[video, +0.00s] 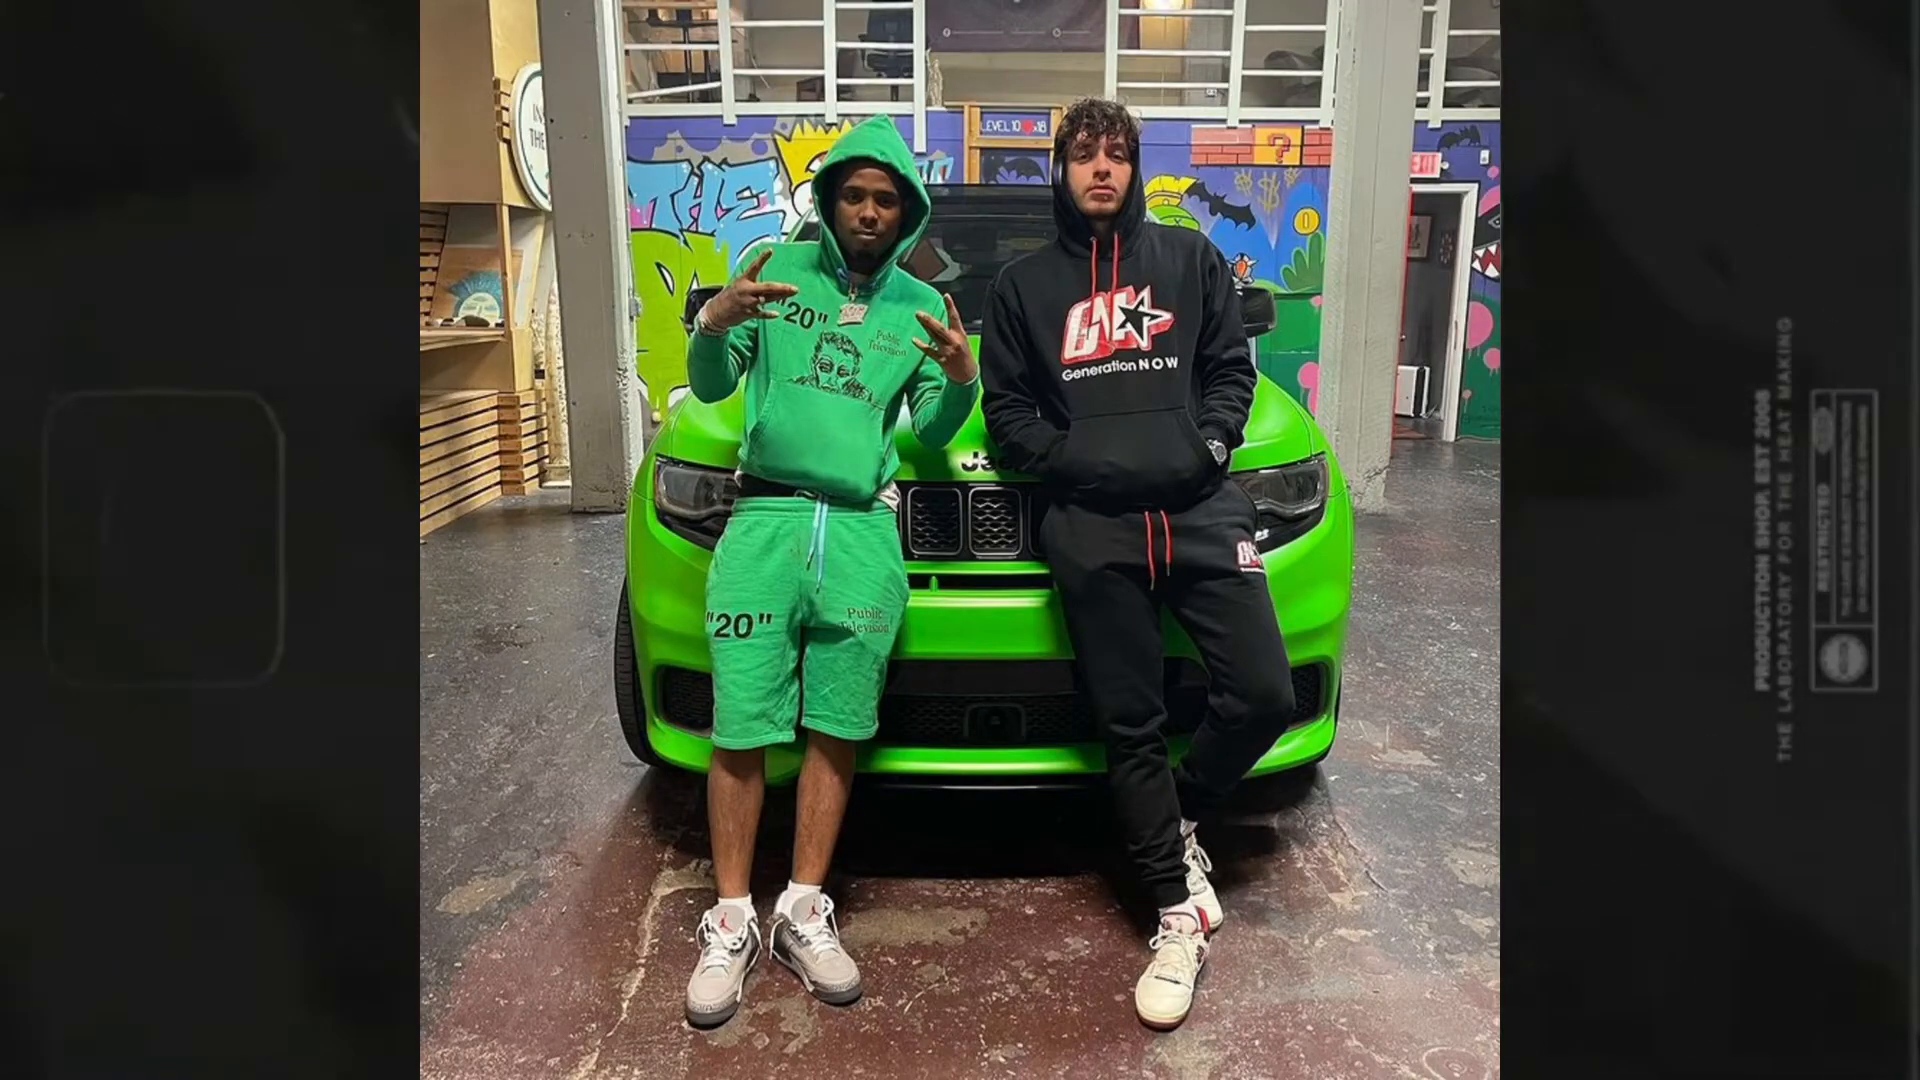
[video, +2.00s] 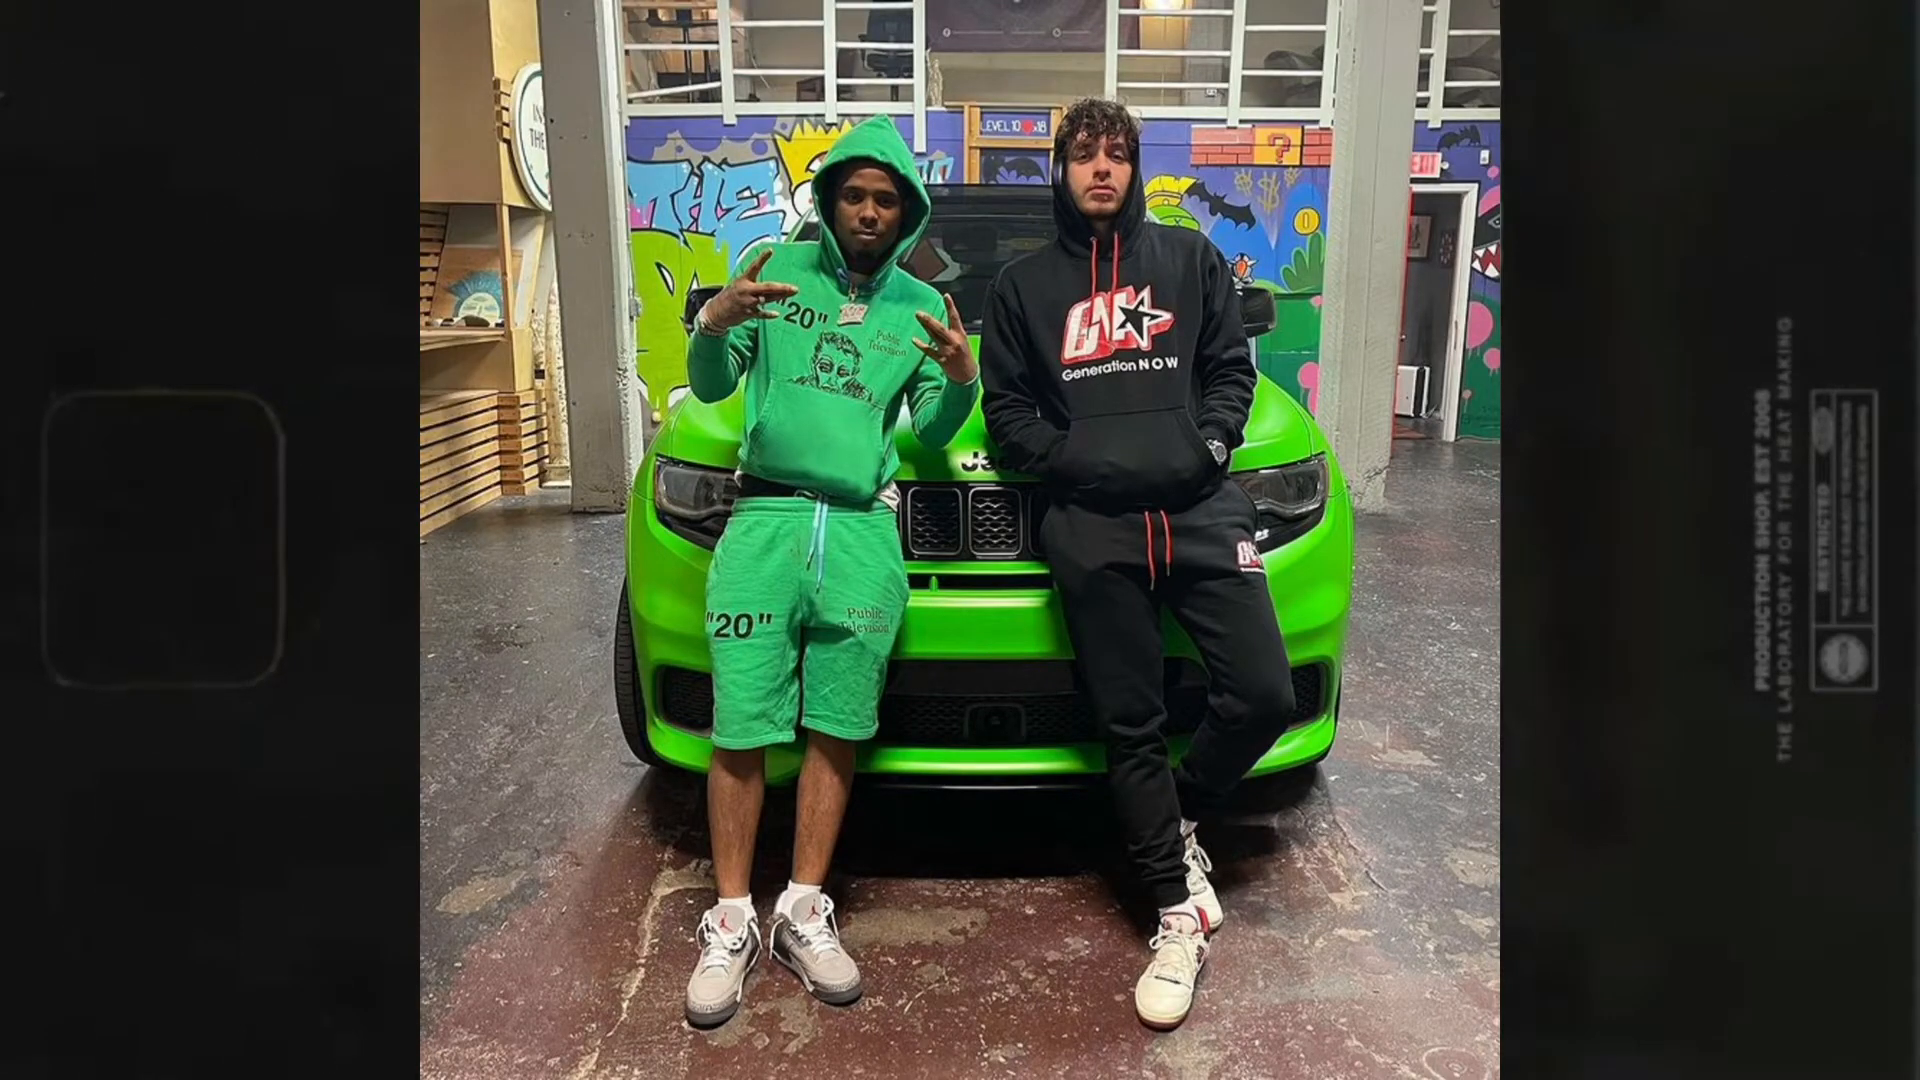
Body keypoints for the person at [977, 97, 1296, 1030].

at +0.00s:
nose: (1101, 171)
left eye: (1115, 159)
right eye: (1086, 159)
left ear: (1137, 170)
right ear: (1061, 172)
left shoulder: (1193, 257)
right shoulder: (1019, 281)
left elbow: (1232, 367)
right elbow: (1005, 405)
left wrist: (1208, 445)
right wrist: (1064, 457)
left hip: (1200, 503)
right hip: (1091, 514)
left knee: (1262, 692)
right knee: (1131, 719)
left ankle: (1180, 818)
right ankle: (1179, 917)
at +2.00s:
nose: (1101, 171)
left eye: (1115, 159)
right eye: (1086, 159)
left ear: (1137, 170)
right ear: (1061, 172)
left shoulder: (1193, 257)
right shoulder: (1019, 281)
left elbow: (1232, 367)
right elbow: (1005, 405)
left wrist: (1208, 445)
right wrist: (1066, 456)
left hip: (1200, 502)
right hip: (1090, 513)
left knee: (1262, 693)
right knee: (1131, 719)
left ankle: (1179, 819)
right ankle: (1179, 917)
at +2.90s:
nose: (1101, 171)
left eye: (1115, 159)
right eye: (1086, 159)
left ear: (1137, 170)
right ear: (1061, 172)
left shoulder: (1193, 257)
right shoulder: (1019, 281)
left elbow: (1232, 367)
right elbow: (1005, 405)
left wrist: (1208, 445)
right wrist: (1065, 456)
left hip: (1200, 502)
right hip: (1091, 513)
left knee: (1262, 693)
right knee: (1131, 719)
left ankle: (1180, 820)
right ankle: (1179, 917)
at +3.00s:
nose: (1101, 171)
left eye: (1115, 159)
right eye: (1086, 159)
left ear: (1137, 170)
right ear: (1061, 172)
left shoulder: (1193, 257)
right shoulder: (1019, 281)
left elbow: (1232, 367)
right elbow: (1005, 405)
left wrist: (1208, 445)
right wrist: (1065, 456)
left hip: (1200, 502)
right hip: (1091, 513)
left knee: (1262, 692)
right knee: (1131, 719)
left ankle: (1180, 820)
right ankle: (1179, 917)